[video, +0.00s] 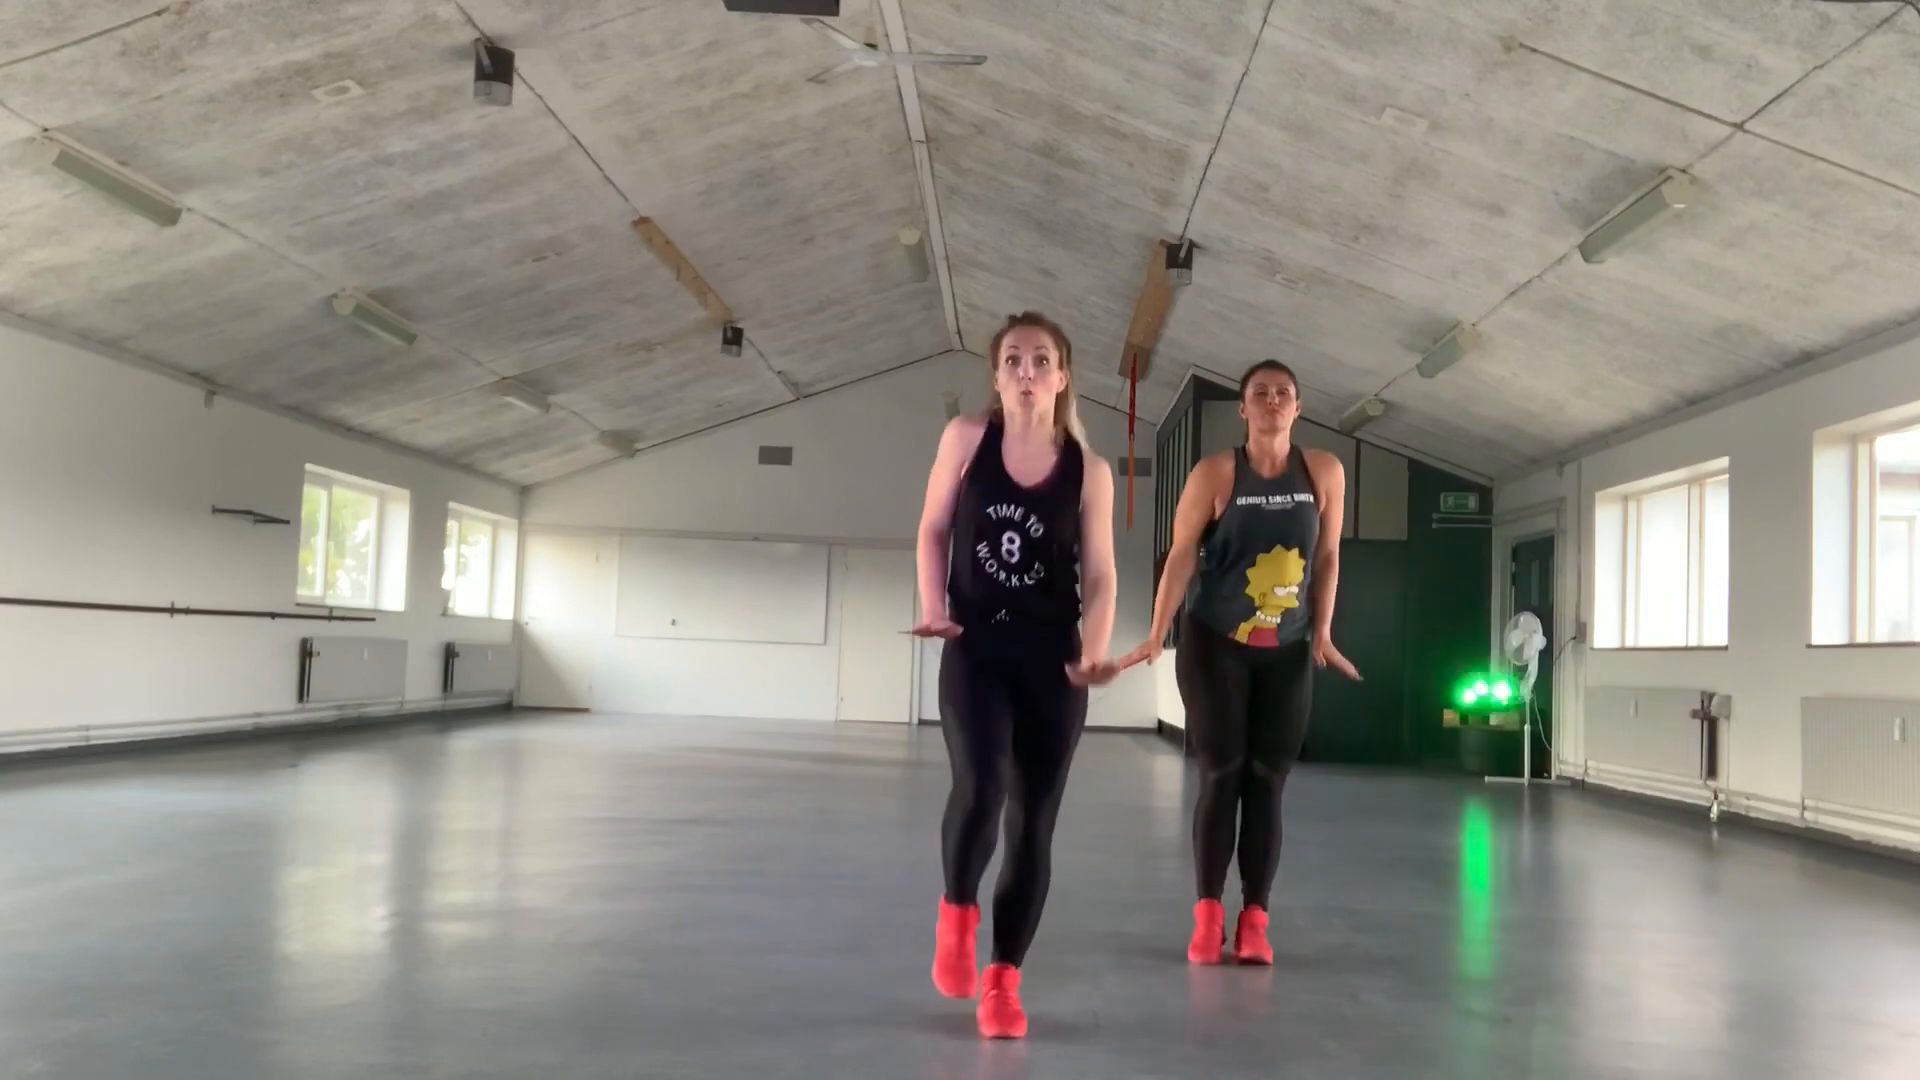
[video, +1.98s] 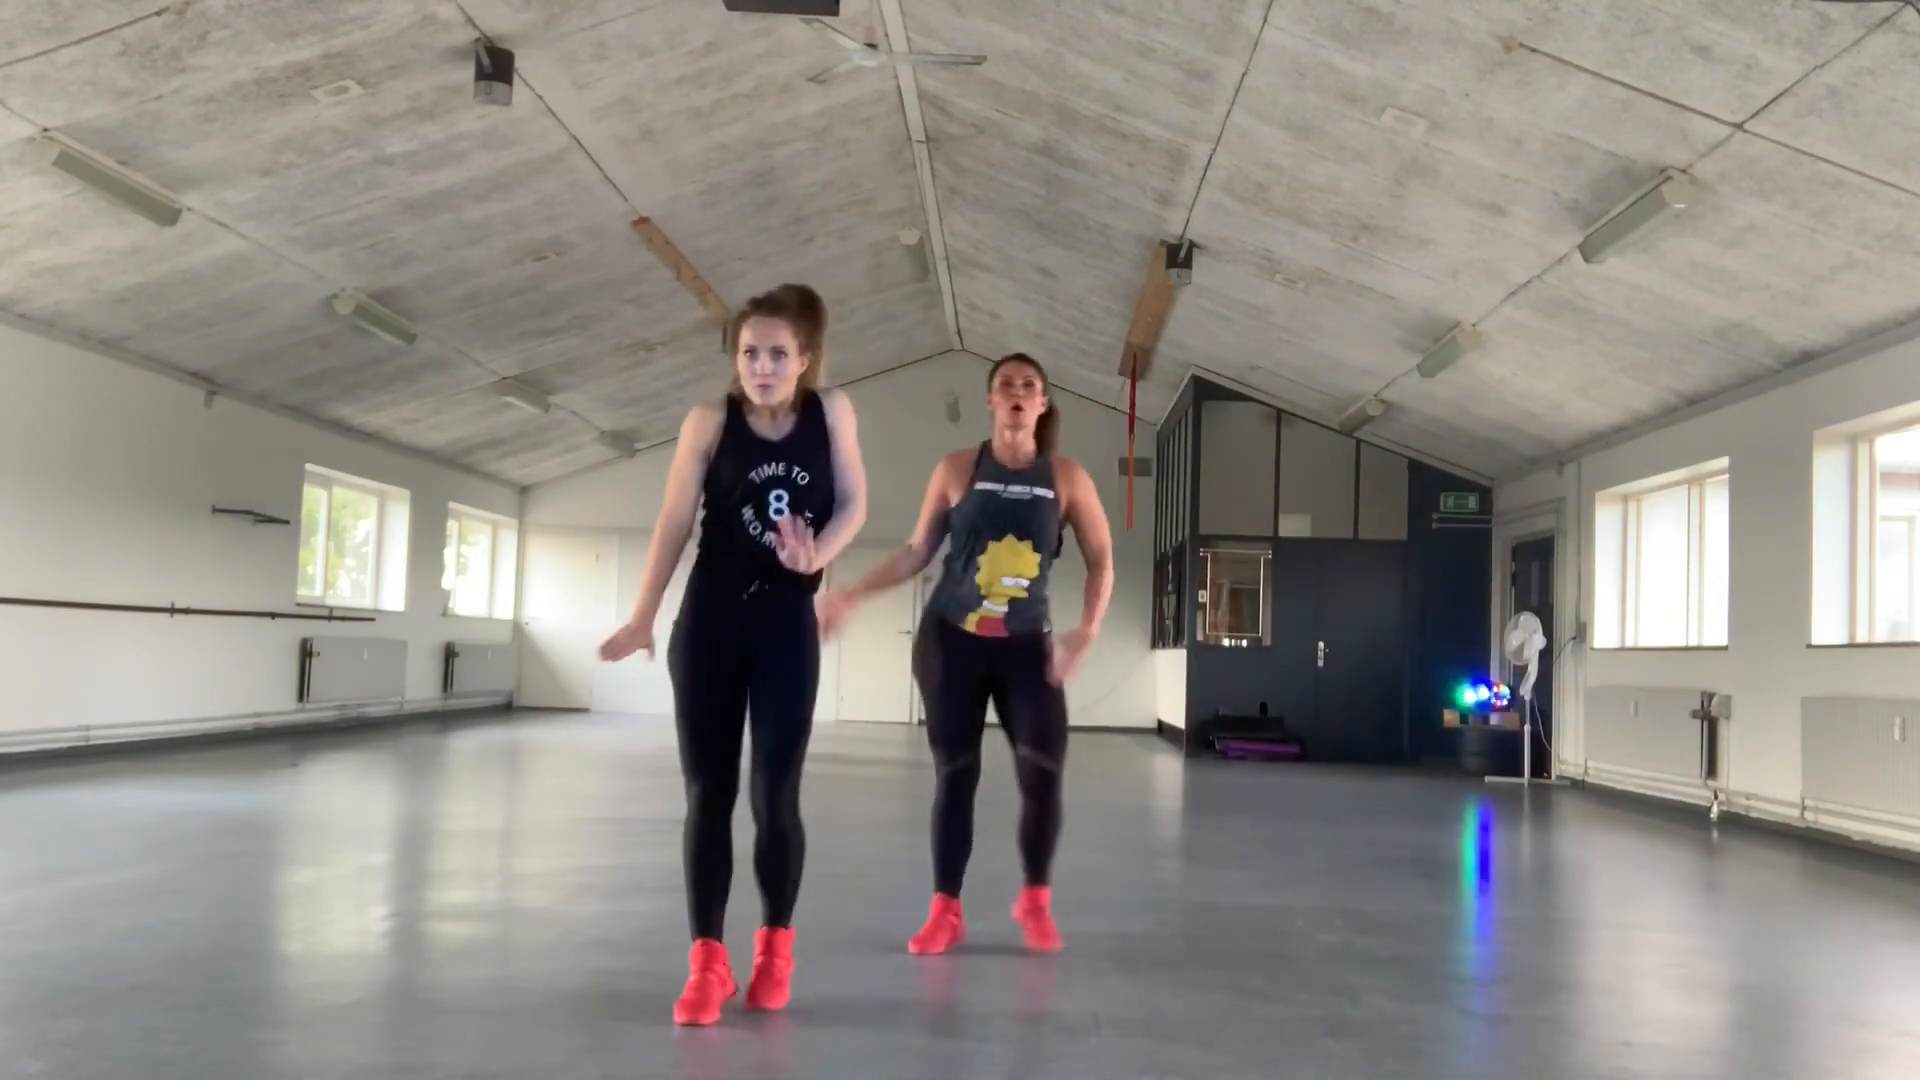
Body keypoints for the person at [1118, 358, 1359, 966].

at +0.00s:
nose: (1273, 402)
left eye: (1282, 394)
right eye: (1261, 393)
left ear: (1297, 407)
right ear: (1242, 407)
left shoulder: (1324, 471)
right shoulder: (1213, 474)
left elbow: (1328, 556)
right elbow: (1180, 558)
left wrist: (1322, 634)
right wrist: (1155, 636)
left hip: (1288, 649)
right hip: (1215, 644)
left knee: (1266, 781)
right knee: (1222, 775)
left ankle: (1255, 917)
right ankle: (1209, 910)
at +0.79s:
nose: (1286, 443)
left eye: (1296, 435)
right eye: (1275, 434)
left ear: (1307, 454)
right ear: (1253, 449)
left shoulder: (1321, 536)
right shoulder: (1211, 507)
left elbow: (1322, 624)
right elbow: (1165, 578)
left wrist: (1330, 695)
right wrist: (1157, 647)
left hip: (1281, 673)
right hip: (1209, 664)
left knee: (1284, 799)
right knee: (1221, 695)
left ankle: (1285, 922)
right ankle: (1206, 806)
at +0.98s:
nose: (1253, 417)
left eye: (1262, 409)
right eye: (1242, 408)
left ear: (1275, 426)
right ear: (1220, 421)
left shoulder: (1289, 508)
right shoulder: (1182, 471)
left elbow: (1295, 599)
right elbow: (1136, 529)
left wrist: (1301, 681)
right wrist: (1140, 602)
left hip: (1253, 653)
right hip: (1180, 648)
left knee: (1263, 786)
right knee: (1181, 749)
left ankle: (1282, 919)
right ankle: (1170, 855)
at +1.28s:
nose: (1183, 430)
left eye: (1194, 422)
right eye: (1173, 420)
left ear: (1209, 439)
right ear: (1154, 433)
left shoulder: (1224, 522)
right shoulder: (1123, 480)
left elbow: (1240, 612)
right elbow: (1084, 552)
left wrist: (1255, 699)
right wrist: (1077, 625)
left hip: (1199, 667)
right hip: (1130, 660)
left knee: (1182, 795)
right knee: (1114, 724)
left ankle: (1176, 916)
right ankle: (1108, 836)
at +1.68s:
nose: (1092, 417)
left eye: (1104, 409)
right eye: (1082, 408)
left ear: (1119, 422)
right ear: (1064, 420)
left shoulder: (1139, 501)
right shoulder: (1033, 470)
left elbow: (1151, 591)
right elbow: (1006, 550)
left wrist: (1158, 675)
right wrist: (998, 625)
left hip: (1110, 659)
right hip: (1039, 653)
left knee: (1089, 788)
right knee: (1011, 742)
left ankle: (1083, 912)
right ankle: (1021, 872)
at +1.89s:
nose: (1048, 396)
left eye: (1059, 389)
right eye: (1038, 387)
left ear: (1074, 405)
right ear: (1019, 399)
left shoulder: (1093, 484)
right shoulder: (984, 465)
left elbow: (1105, 575)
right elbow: (951, 549)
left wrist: (1090, 639)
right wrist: (930, 619)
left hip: (1060, 646)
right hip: (983, 641)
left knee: (1064, 781)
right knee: (956, 762)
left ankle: (1076, 909)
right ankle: (951, 889)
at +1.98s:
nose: (1016, 396)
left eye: (1028, 388)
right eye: (1006, 387)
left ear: (1044, 403)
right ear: (989, 400)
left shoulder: (1068, 478)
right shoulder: (955, 470)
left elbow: (1100, 560)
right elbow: (916, 552)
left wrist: (1085, 632)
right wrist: (853, 593)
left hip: (1026, 647)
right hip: (951, 642)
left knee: (1041, 772)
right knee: (955, 775)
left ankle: (1035, 897)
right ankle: (946, 906)